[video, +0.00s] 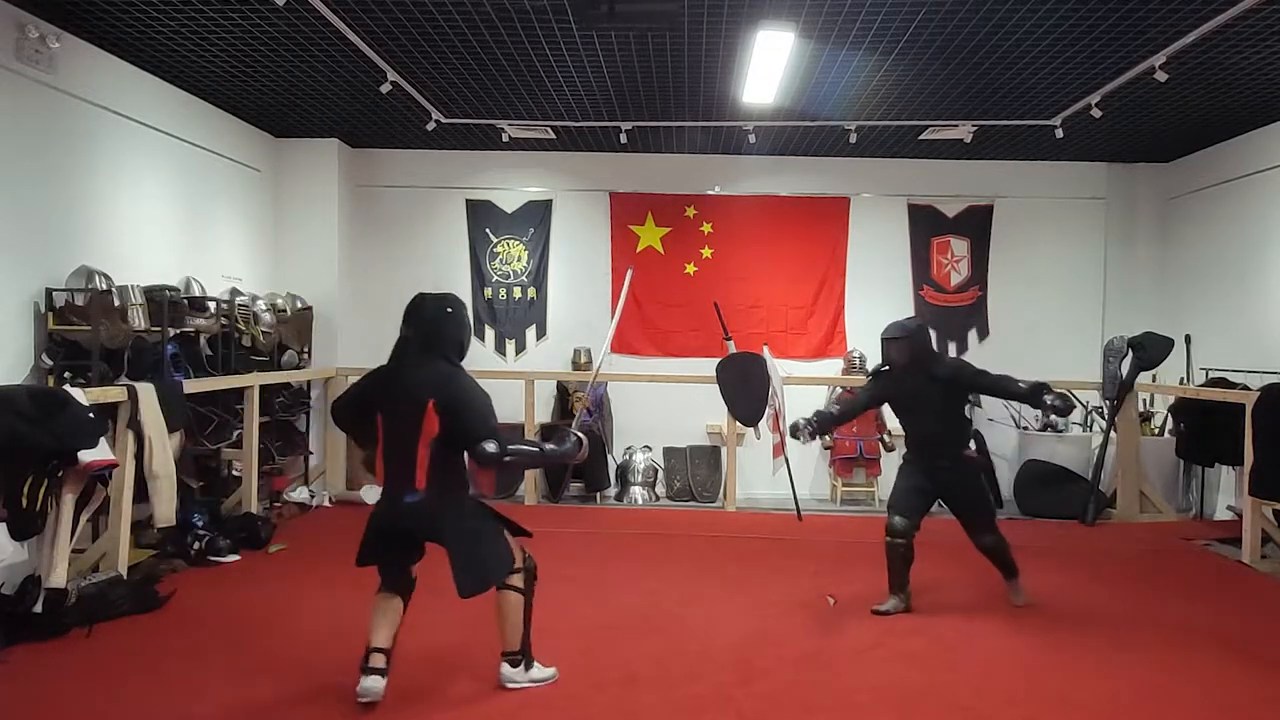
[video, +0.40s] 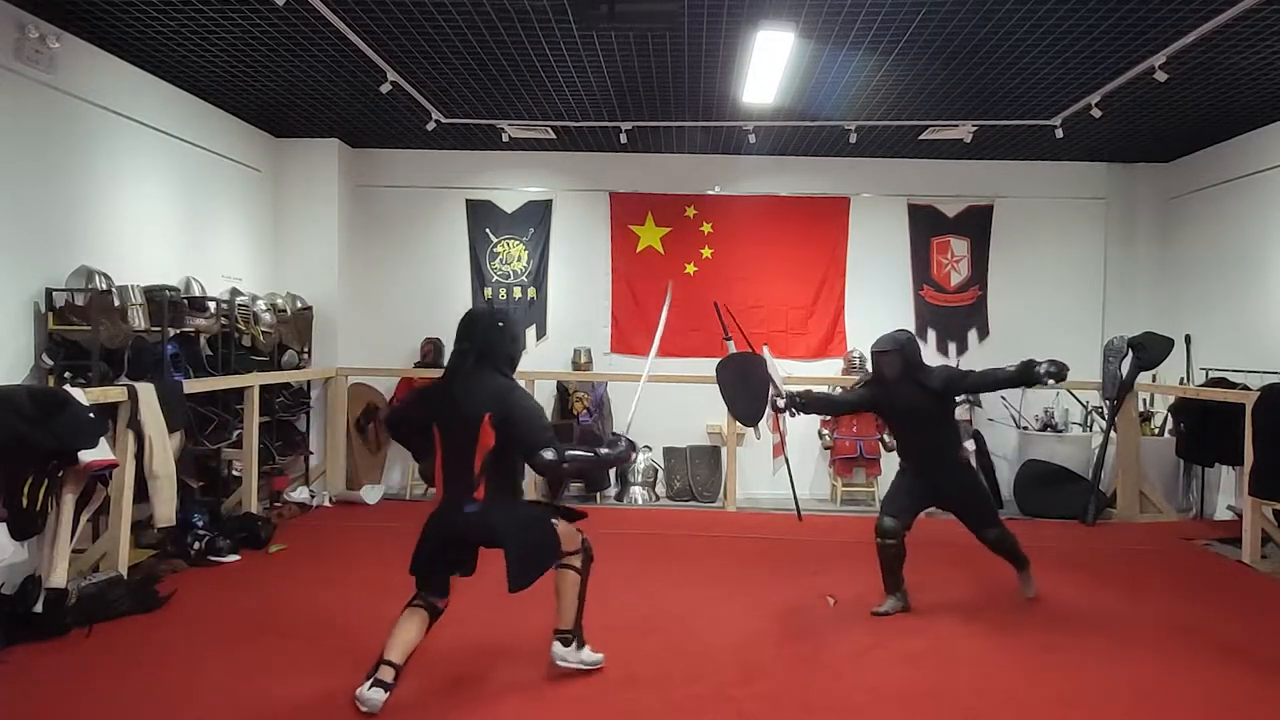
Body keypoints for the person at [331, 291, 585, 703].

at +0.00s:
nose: (466, 339)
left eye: (465, 331)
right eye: (463, 331)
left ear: (410, 330)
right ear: (453, 334)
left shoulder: (385, 376)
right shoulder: (456, 384)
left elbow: (343, 410)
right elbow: (490, 450)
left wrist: (376, 450)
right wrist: (558, 452)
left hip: (393, 506)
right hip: (446, 507)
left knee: (394, 580)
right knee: (516, 564)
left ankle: (374, 671)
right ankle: (516, 662)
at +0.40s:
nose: (520, 350)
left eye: (520, 341)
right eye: (517, 342)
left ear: (465, 343)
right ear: (504, 346)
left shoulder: (439, 391)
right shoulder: (507, 394)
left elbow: (397, 421)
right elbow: (550, 458)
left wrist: (428, 455)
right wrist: (614, 455)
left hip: (448, 515)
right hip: (499, 515)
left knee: (428, 599)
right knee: (575, 544)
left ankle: (380, 681)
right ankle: (567, 644)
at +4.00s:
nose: (404, 329)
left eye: (401, 319)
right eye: (399, 320)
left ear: (355, 324)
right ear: (382, 325)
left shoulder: (325, 365)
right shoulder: (377, 376)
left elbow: (291, 391)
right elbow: (386, 449)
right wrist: (459, 464)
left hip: (307, 501)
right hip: (348, 506)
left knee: (292, 599)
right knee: (418, 574)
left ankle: (222, 690)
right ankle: (343, 655)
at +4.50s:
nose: (498, 341)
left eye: (493, 332)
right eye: (492, 334)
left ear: (446, 339)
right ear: (482, 341)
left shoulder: (423, 378)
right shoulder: (483, 390)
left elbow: (390, 415)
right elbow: (495, 472)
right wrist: (566, 468)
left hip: (411, 501)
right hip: (461, 505)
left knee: (364, 592)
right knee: (521, 565)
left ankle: (285, 666)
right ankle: (517, 666)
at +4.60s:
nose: (535, 330)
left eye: (533, 320)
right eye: (531, 321)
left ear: (481, 322)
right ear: (521, 324)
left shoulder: (460, 367)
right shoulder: (520, 375)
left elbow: (426, 401)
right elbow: (556, 443)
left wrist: (459, 425)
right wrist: (618, 450)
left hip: (454, 493)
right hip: (500, 497)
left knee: (442, 579)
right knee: (551, 566)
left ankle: (390, 656)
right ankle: (523, 663)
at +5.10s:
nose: (758, 380)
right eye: (753, 374)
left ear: (706, 377)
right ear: (742, 379)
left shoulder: (686, 407)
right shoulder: (756, 410)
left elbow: (640, 432)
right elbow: (807, 407)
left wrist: (662, 473)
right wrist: (844, 388)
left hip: (682, 522)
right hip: (734, 520)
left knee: (635, 589)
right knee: (785, 549)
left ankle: (580, 659)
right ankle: (798, 628)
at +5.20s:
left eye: (724, 378)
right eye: (775, 372)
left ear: (729, 378)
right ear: (771, 380)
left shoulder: (715, 404)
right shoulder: (783, 416)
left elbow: (666, 423)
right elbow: (821, 433)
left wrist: (687, 470)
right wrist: (836, 402)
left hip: (705, 515)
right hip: (756, 517)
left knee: (661, 584)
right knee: (798, 547)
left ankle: (625, 650)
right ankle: (802, 621)